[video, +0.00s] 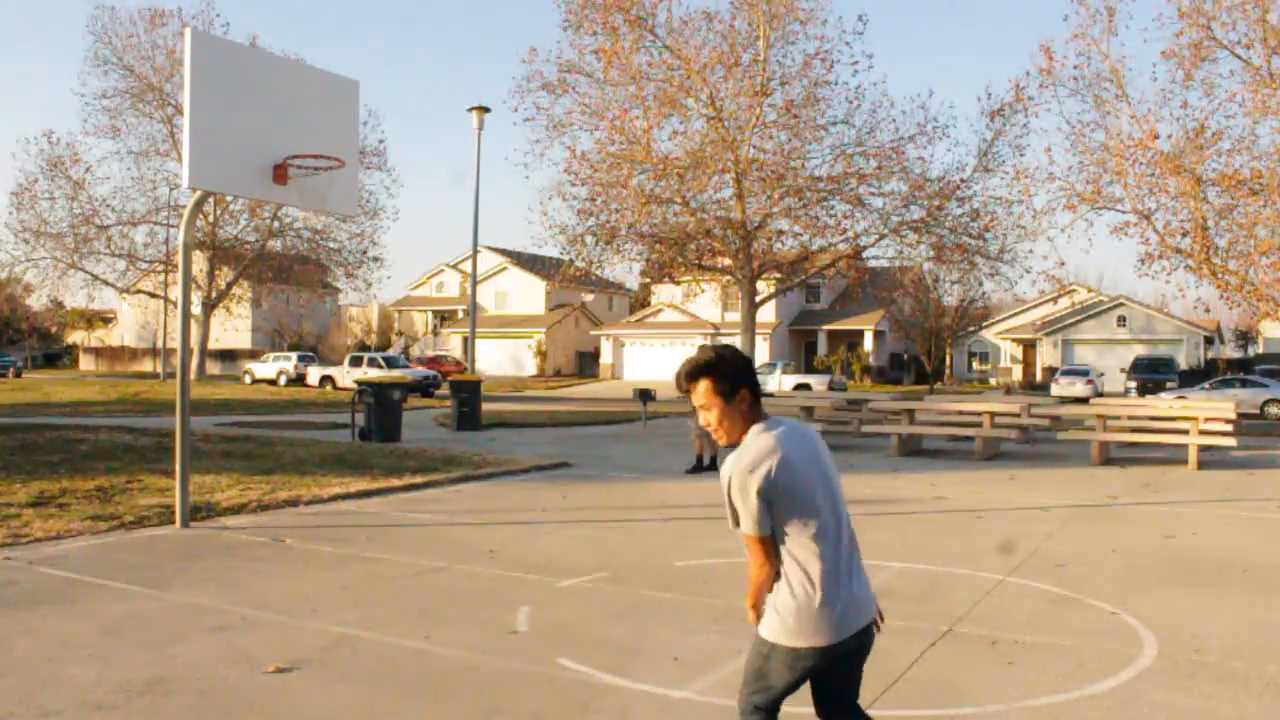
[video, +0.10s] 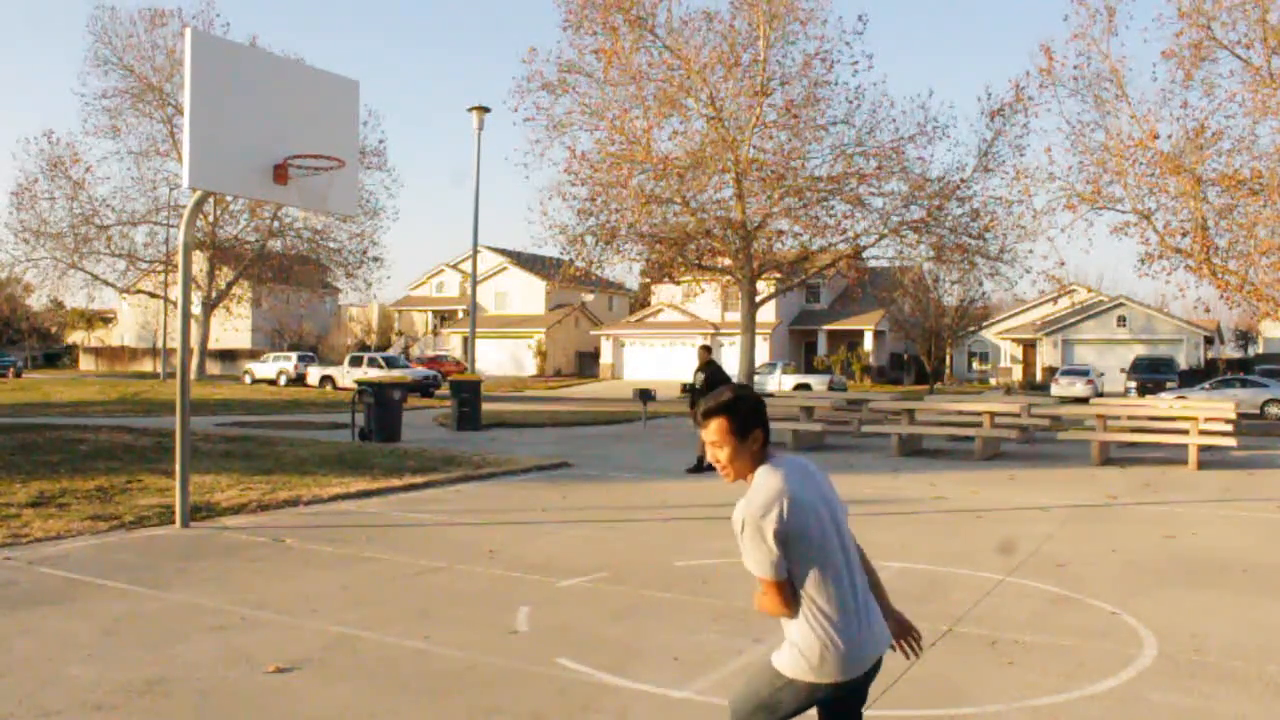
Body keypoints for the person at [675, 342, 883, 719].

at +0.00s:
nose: (703, 422)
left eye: (708, 408)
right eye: (698, 411)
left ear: (743, 398)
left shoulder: (743, 465)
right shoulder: (804, 434)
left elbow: (765, 563)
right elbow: (835, 528)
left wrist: (754, 604)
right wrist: (861, 594)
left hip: (802, 623)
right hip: (856, 611)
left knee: (755, 707)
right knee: (840, 710)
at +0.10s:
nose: (710, 458)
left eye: (718, 446)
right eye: (706, 445)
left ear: (756, 439)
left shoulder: (756, 507)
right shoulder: (804, 469)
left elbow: (784, 604)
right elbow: (851, 550)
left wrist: (762, 600)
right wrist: (887, 611)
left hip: (823, 656)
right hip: (868, 640)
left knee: (743, 710)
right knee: (841, 714)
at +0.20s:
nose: (696, 474)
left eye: (705, 461)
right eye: (691, 462)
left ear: (741, 456)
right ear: (688, 459)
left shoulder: (755, 515)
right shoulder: (779, 485)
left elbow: (790, 620)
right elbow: (828, 571)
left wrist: (748, 624)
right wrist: (861, 627)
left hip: (815, 662)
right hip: (849, 646)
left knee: (712, 712)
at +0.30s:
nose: (653, 461)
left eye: (662, 447)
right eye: (647, 448)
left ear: (700, 440)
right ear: (641, 447)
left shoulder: (721, 504)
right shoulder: (725, 473)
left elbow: (767, 603)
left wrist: (706, 645)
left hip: (788, 642)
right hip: (808, 629)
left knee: (687, 714)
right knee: (831, 715)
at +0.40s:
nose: (587, 462)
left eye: (596, 448)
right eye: (581, 449)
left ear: (635, 441)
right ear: (575, 445)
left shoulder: (669, 509)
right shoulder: (648, 484)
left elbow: (702, 622)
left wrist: (628, 689)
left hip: (740, 640)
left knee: (677, 712)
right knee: (773, 714)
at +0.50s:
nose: (511, 487)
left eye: (520, 472)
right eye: (506, 474)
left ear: (562, 464)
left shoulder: (602, 531)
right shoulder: (574, 506)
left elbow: (609, 661)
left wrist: (549, 716)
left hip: (690, 656)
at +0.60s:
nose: (420, 492)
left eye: (429, 476)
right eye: (415, 479)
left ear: (475, 465)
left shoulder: (517, 531)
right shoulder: (504, 499)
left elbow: (492, 672)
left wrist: (440, 718)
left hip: (622, 665)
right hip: (571, 652)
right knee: (529, 713)